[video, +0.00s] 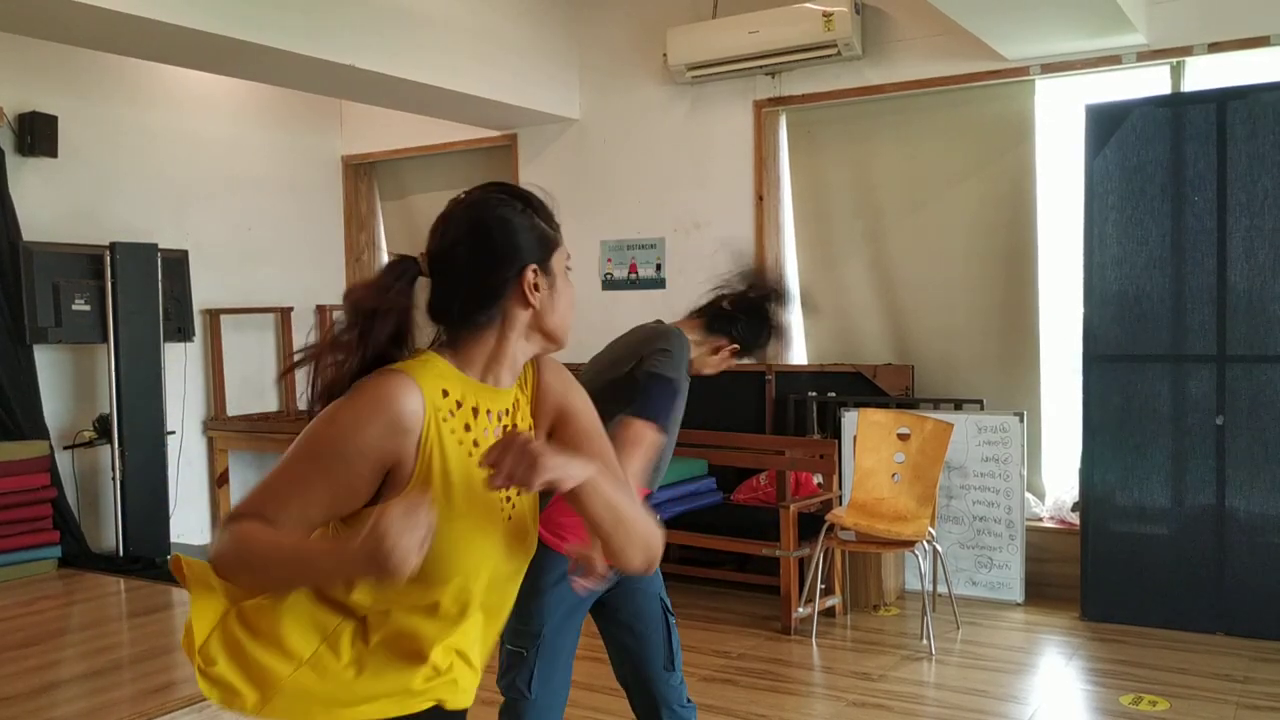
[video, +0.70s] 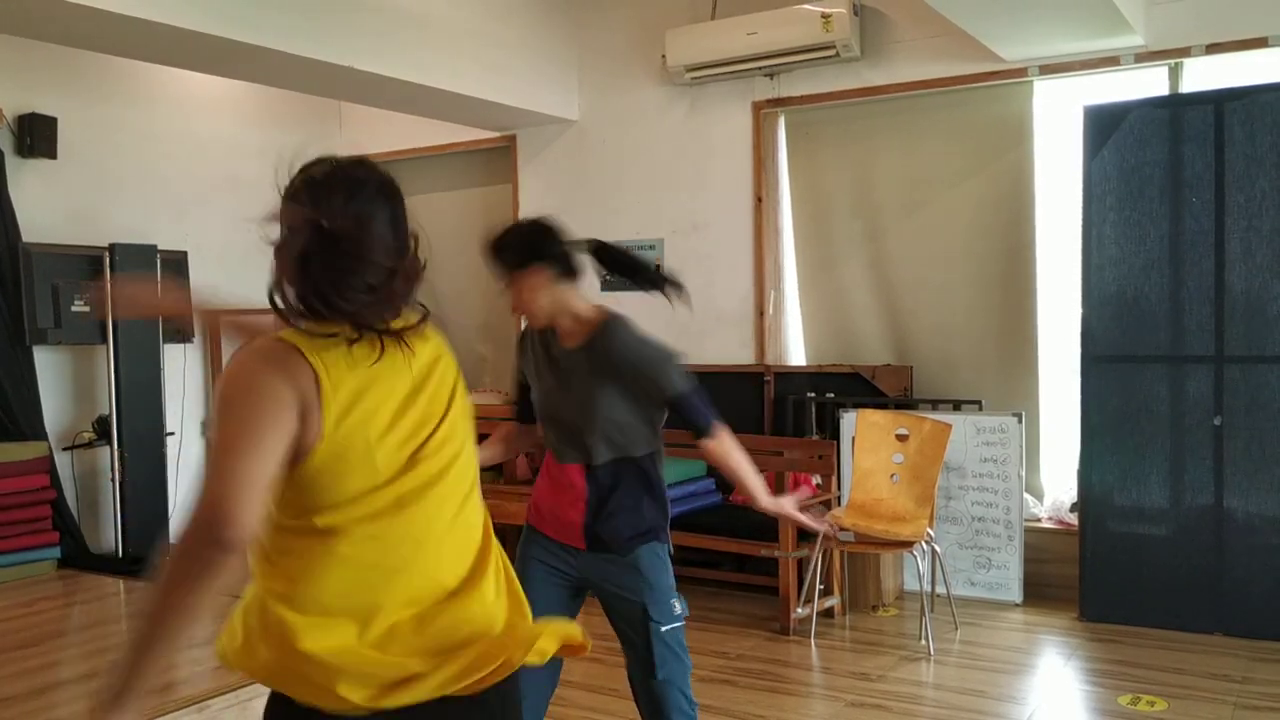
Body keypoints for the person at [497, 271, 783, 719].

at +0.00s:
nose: (719, 372)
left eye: (728, 366)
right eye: (730, 364)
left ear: (700, 316)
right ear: (725, 348)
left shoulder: (649, 340)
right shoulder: (668, 351)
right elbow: (633, 442)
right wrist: (605, 540)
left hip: (622, 546)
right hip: (564, 544)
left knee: (663, 695)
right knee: (534, 700)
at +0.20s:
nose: (734, 362)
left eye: (745, 354)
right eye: (739, 346)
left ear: (711, 317)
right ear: (712, 317)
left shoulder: (665, 358)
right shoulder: (647, 345)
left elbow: (690, 444)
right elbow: (681, 457)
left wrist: (791, 449)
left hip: (628, 542)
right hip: (571, 540)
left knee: (666, 698)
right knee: (535, 696)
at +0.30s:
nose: (722, 330)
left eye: (733, 322)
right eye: (717, 312)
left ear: (739, 324)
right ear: (684, 292)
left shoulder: (678, 373)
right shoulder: (639, 341)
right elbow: (653, 448)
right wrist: (748, 433)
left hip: (635, 541)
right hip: (570, 540)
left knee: (667, 696)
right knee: (535, 696)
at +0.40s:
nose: (695, 304)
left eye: (710, 294)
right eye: (685, 287)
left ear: (722, 299)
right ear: (661, 283)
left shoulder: (684, 374)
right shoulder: (623, 338)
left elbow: (656, 462)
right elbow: (591, 444)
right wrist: (685, 460)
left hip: (641, 540)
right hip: (572, 537)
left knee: (668, 690)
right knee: (538, 687)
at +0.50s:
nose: (667, 288)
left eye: (681, 277)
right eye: (656, 273)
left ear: (699, 286)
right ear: (637, 276)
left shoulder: (689, 370)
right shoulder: (600, 338)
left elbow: (690, 477)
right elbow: (540, 433)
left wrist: (734, 551)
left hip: (645, 546)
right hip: (564, 540)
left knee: (672, 697)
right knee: (533, 693)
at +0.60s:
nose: (611, 275)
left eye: (624, 263)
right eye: (601, 263)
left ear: (656, 270)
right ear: (590, 272)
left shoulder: (684, 360)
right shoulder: (556, 347)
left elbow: (742, 454)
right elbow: (509, 430)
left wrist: (798, 533)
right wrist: (500, 519)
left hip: (643, 551)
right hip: (556, 549)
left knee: (674, 702)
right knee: (525, 695)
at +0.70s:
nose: (513, 297)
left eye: (518, 282)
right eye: (509, 285)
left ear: (553, 273)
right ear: (532, 279)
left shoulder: (628, 348)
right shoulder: (534, 345)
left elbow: (706, 425)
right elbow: (523, 430)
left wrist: (764, 498)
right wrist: (460, 464)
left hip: (628, 542)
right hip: (549, 534)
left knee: (664, 693)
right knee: (519, 689)